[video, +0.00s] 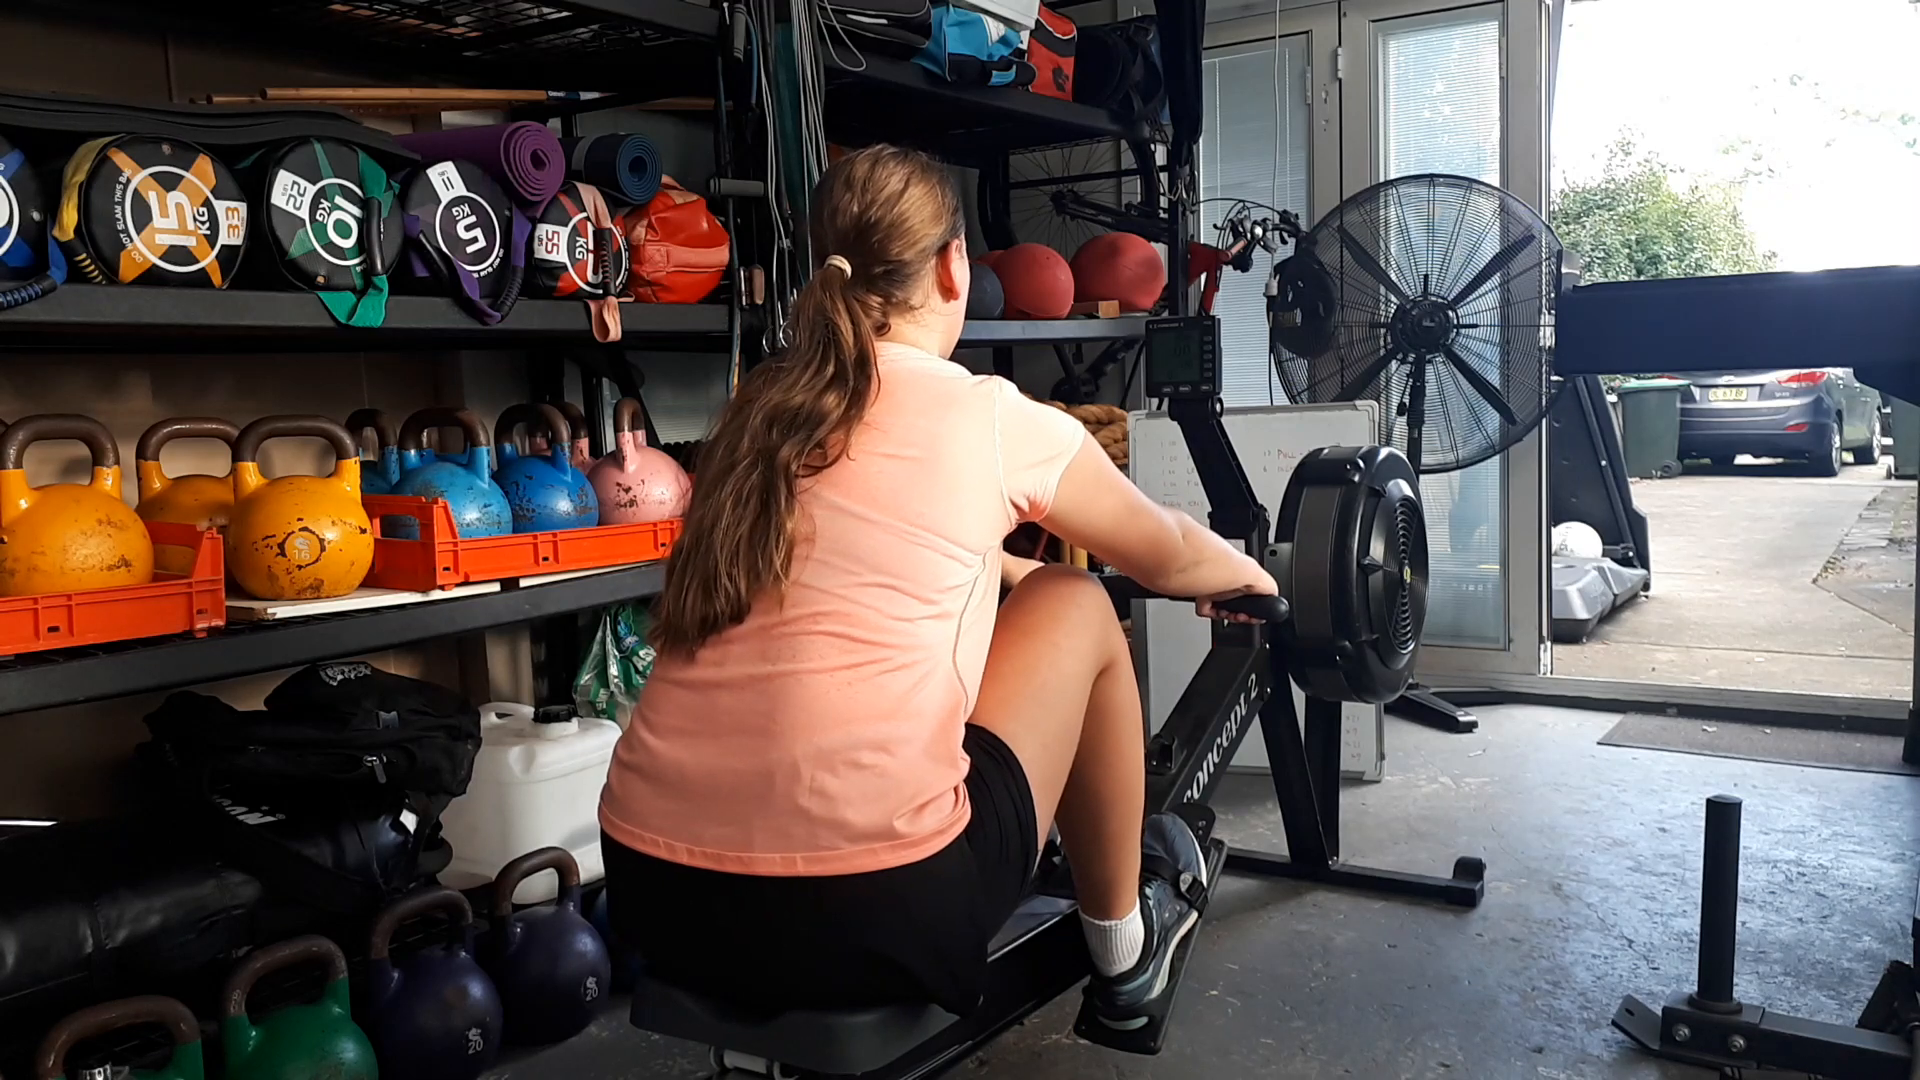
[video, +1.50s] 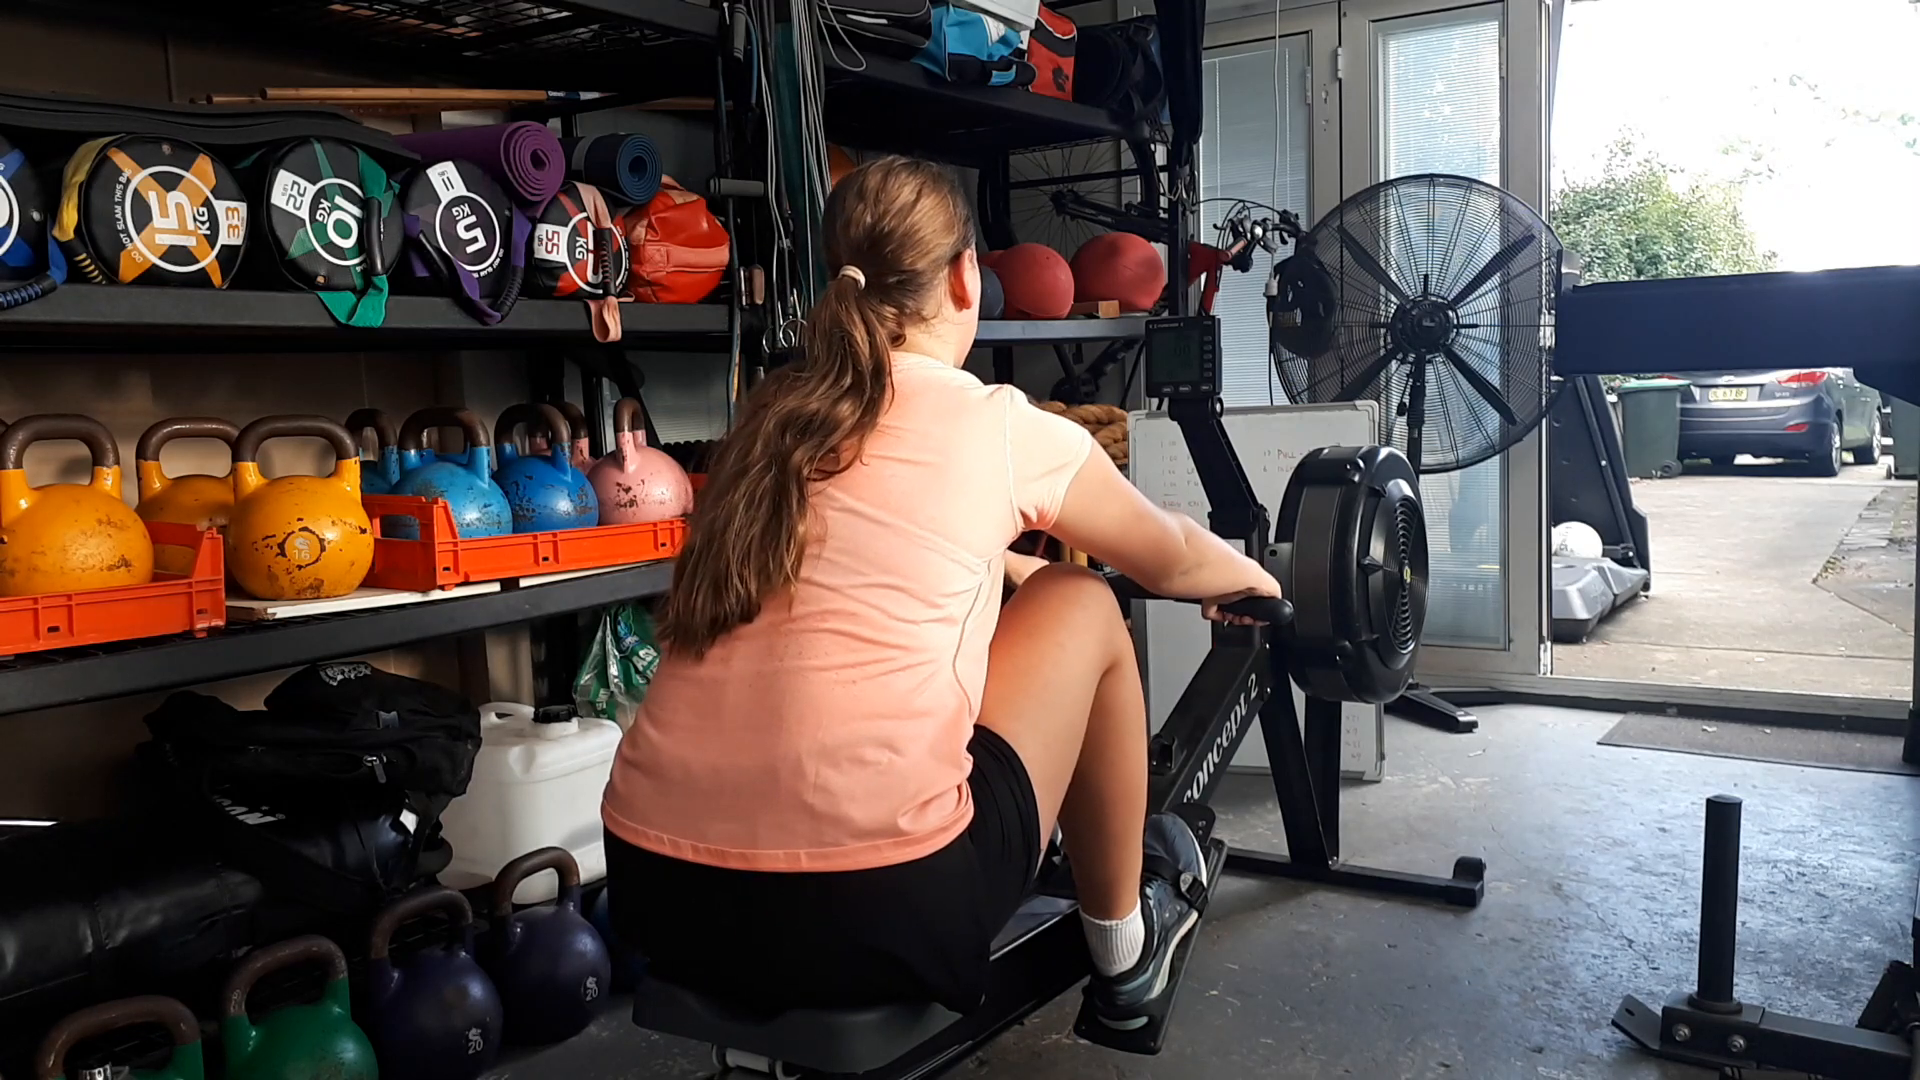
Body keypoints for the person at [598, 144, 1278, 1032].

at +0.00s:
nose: (971, 279)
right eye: (968, 256)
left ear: (825, 273)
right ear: (951, 270)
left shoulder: (756, 408)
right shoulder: (990, 417)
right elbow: (1161, 547)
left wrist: (1027, 577)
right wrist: (1230, 569)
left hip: (663, 909)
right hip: (874, 923)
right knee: (1076, 598)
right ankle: (1123, 962)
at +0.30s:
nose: (973, 277)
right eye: (970, 255)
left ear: (826, 271)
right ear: (952, 267)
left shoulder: (757, 402)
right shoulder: (990, 412)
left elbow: (864, 543)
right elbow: (1161, 545)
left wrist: (1030, 577)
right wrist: (1228, 568)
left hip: (663, 907)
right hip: (875, 922)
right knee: (1074, 596)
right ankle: (1123, 962)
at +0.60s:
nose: (972, 276)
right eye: (968, 255)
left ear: (825, 273)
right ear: (951, 269)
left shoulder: (760, 401)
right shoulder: (992, 412)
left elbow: (879, 536)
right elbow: (1161, 542)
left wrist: (1047, 579)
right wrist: (1236, 570)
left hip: (665, 907)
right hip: (875, 921)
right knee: (1077, 595)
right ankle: (1122, 962)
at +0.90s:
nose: (973, 282)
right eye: (971, 259)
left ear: (826, 277)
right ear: (954, 273)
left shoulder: (761, 406)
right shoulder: (991, 417)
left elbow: (879, 537)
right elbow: (1164, 542)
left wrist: (1053, 581)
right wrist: (1243, 571)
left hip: (664, 909)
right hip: (873, 924)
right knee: (1078, 596)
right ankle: (1123, 962)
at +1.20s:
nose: (975, 287)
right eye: (973, 265)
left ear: (828, 283)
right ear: (959, 276)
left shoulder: (763, 411)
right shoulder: (993, 420)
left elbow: (868, 542)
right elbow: (1166, 544)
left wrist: (1041, 577)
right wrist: (1241, 572)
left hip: (665, 910)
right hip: (873, 924)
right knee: (1079, 595)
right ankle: (1122, 962)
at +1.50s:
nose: (981, 286)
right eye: (978, 265)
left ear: (834, 287)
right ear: (966, 282)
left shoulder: (767, 415)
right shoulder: (998, 426)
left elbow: (870, 542)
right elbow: (1165, 551)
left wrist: (1037, 578)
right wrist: (1237, 575)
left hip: (666, 910)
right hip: (875, 923)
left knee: (944, 595)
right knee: (1082, 595)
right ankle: (1123, 962)